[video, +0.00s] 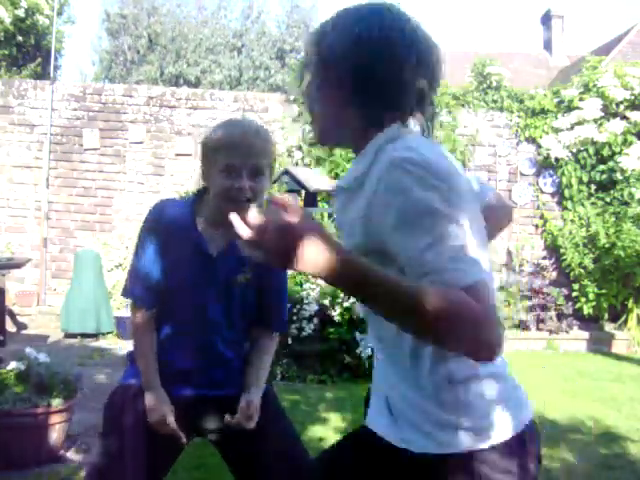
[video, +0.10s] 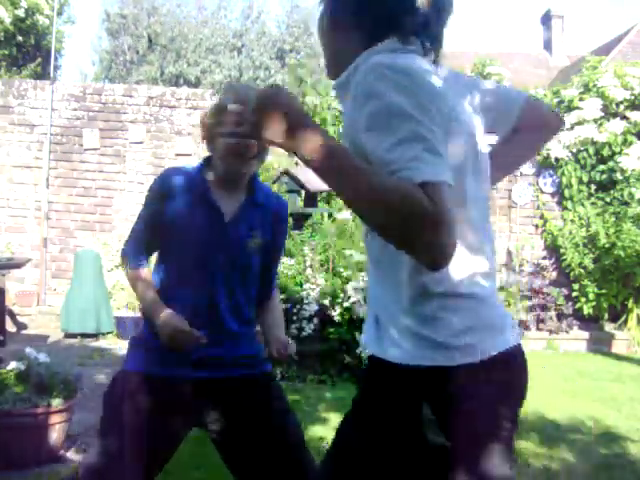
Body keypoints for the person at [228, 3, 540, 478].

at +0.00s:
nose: (306, 93)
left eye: (316, 77)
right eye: (310, 77)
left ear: (352, 81)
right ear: (399, 85)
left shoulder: (404, 170)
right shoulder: (408, 157)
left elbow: (480, 334)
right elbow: (497, 212)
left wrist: (329, 260)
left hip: (466, 451)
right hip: (402, 431)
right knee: (303, 475)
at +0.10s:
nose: (318, 32)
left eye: (322, 15)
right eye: (321, 17)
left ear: (341, 17)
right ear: (402, 22)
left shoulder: (380, 78)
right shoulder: (444, 79)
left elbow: (432, 240)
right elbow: (540, 121)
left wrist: (305, 138)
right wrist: (467, 185)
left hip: (433, 370)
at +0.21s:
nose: (324, 35)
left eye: (329, 19)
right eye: (328, 19)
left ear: (347, 20)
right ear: (411, 22)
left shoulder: (381, 72)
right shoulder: (459, 80)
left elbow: (421, 245)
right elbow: (559, 138)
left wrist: (299, 137)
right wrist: (481, 195)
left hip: (427, 373)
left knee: (324, 474)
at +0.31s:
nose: (329, 84)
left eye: (333, 67)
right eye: (331, 67)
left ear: (355, 72)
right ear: (425, 71)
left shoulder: (392, 153)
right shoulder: (478, 153)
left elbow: (395, 340)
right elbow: (554, 263)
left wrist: (295, 221)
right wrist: (460, 310)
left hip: (413, 431)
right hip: (480, 421)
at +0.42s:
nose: (346, 102)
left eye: (347, 87)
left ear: (360, 86)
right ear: (447, 87)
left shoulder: (371, 163)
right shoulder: (499, 166)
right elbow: (548, 290)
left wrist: (269, 204)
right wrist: (457, 329)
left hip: (399, 433)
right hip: (482, 427)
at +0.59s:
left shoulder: (328, 26)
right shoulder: (484, 24)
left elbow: (292, 180)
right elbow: (599, 88)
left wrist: (288, 81)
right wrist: (500, 162)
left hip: (365, 304)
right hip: (470, 303)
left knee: (361, 462)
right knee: (444, 460)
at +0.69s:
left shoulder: (323, 27)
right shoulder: (482, 8)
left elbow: (297, 172)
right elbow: (586, 51)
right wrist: (503, 147)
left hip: (350, 295)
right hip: (463, 297)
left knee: (351, 464)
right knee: (455, 465)